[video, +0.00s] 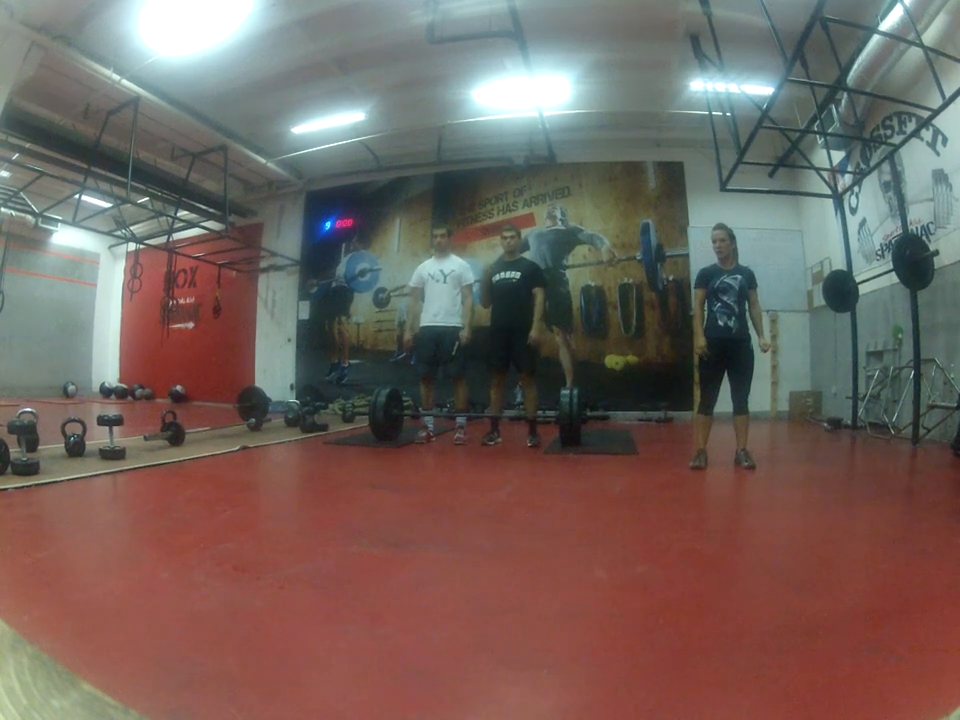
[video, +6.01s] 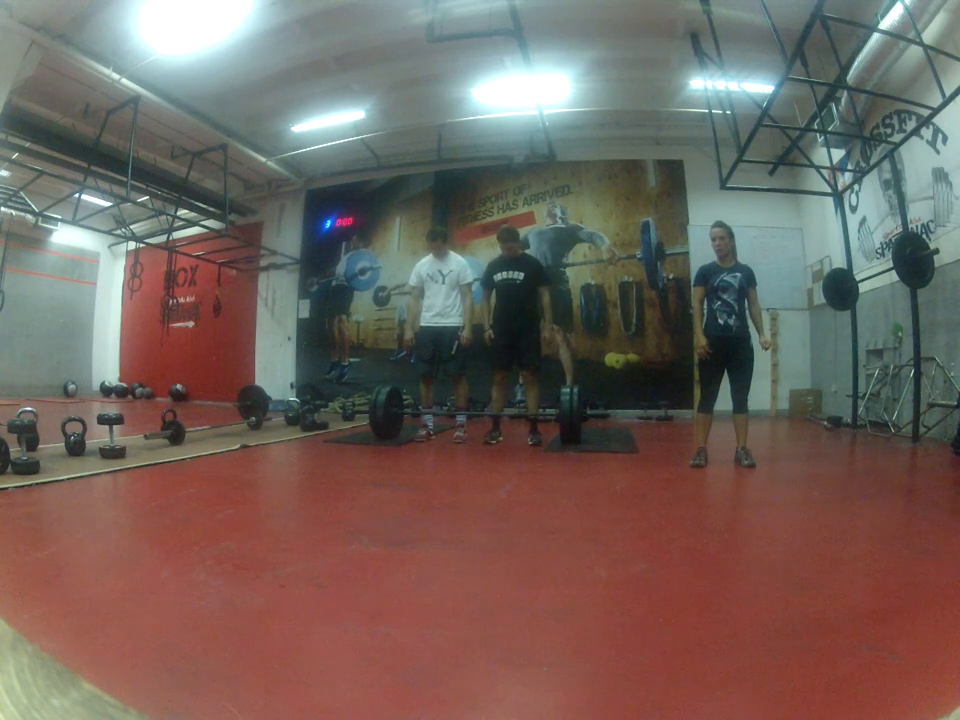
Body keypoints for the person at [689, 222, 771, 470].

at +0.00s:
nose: (718, 245)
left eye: (722, 241)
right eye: (715, 242)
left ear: (733, 243)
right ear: (712, 246)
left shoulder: (746, 274)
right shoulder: (705, 274)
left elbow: (754, 306)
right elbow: (698, 307)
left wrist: (761, 335)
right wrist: (699, 336)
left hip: (740, 345)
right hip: (712, 345)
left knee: (740, 401)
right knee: (706, 401)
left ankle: (742, 451)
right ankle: (700, 451)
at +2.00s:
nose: (718, 244)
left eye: (722, 239)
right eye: (715, 240)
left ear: (733, 241)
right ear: (711, 244)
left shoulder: (746, 272)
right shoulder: (706, 272)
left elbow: (754, 305)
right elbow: (698, 305)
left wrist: (762, 334)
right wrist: (698, 335)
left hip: (741, 343)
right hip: (713, 342)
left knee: (741, 400)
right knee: (707, 399)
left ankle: (742, 449)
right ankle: (700, 449)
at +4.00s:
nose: (718, 244)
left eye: (722, 239)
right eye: (714, 240)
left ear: (732, 241)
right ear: (711, 244)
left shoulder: (745, 272)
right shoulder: (705, 272)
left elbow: (754, 305)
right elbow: (697, 306)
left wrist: (761, 334)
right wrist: (698, 335)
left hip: (740, 343)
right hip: (712, 342)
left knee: (741, 400)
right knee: (707, 400)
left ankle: (742, 449)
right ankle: (701, 450)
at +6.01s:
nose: (718, 243)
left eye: (722, 239)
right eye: (714, 240)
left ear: (732, 241)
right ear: (711, 243)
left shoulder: (745, 272)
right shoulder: (705, 272)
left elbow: (754, 306)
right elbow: (697, 306)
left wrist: (761, 333)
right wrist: (698, 335)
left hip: (740, 343)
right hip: (712, 342)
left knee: (740, 398)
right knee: (707, 398)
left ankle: (742, 449)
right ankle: (701, 449)